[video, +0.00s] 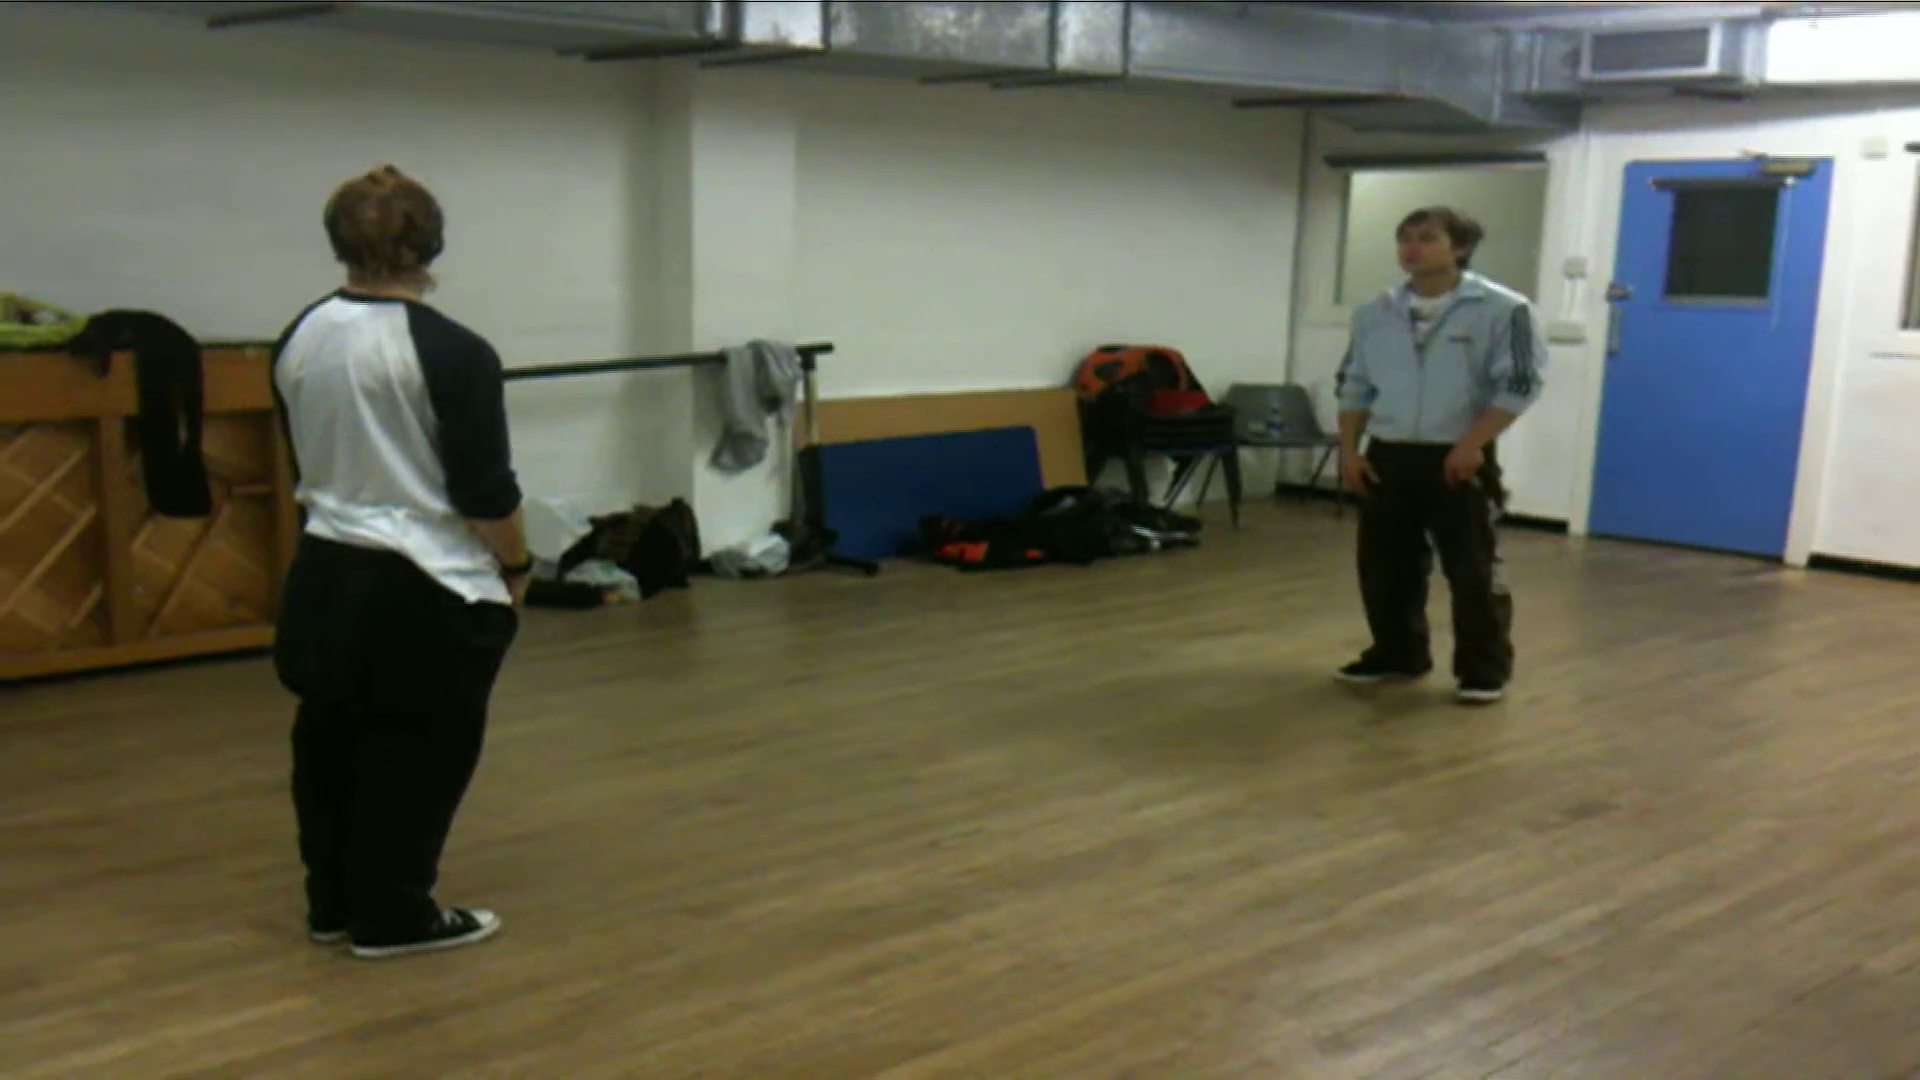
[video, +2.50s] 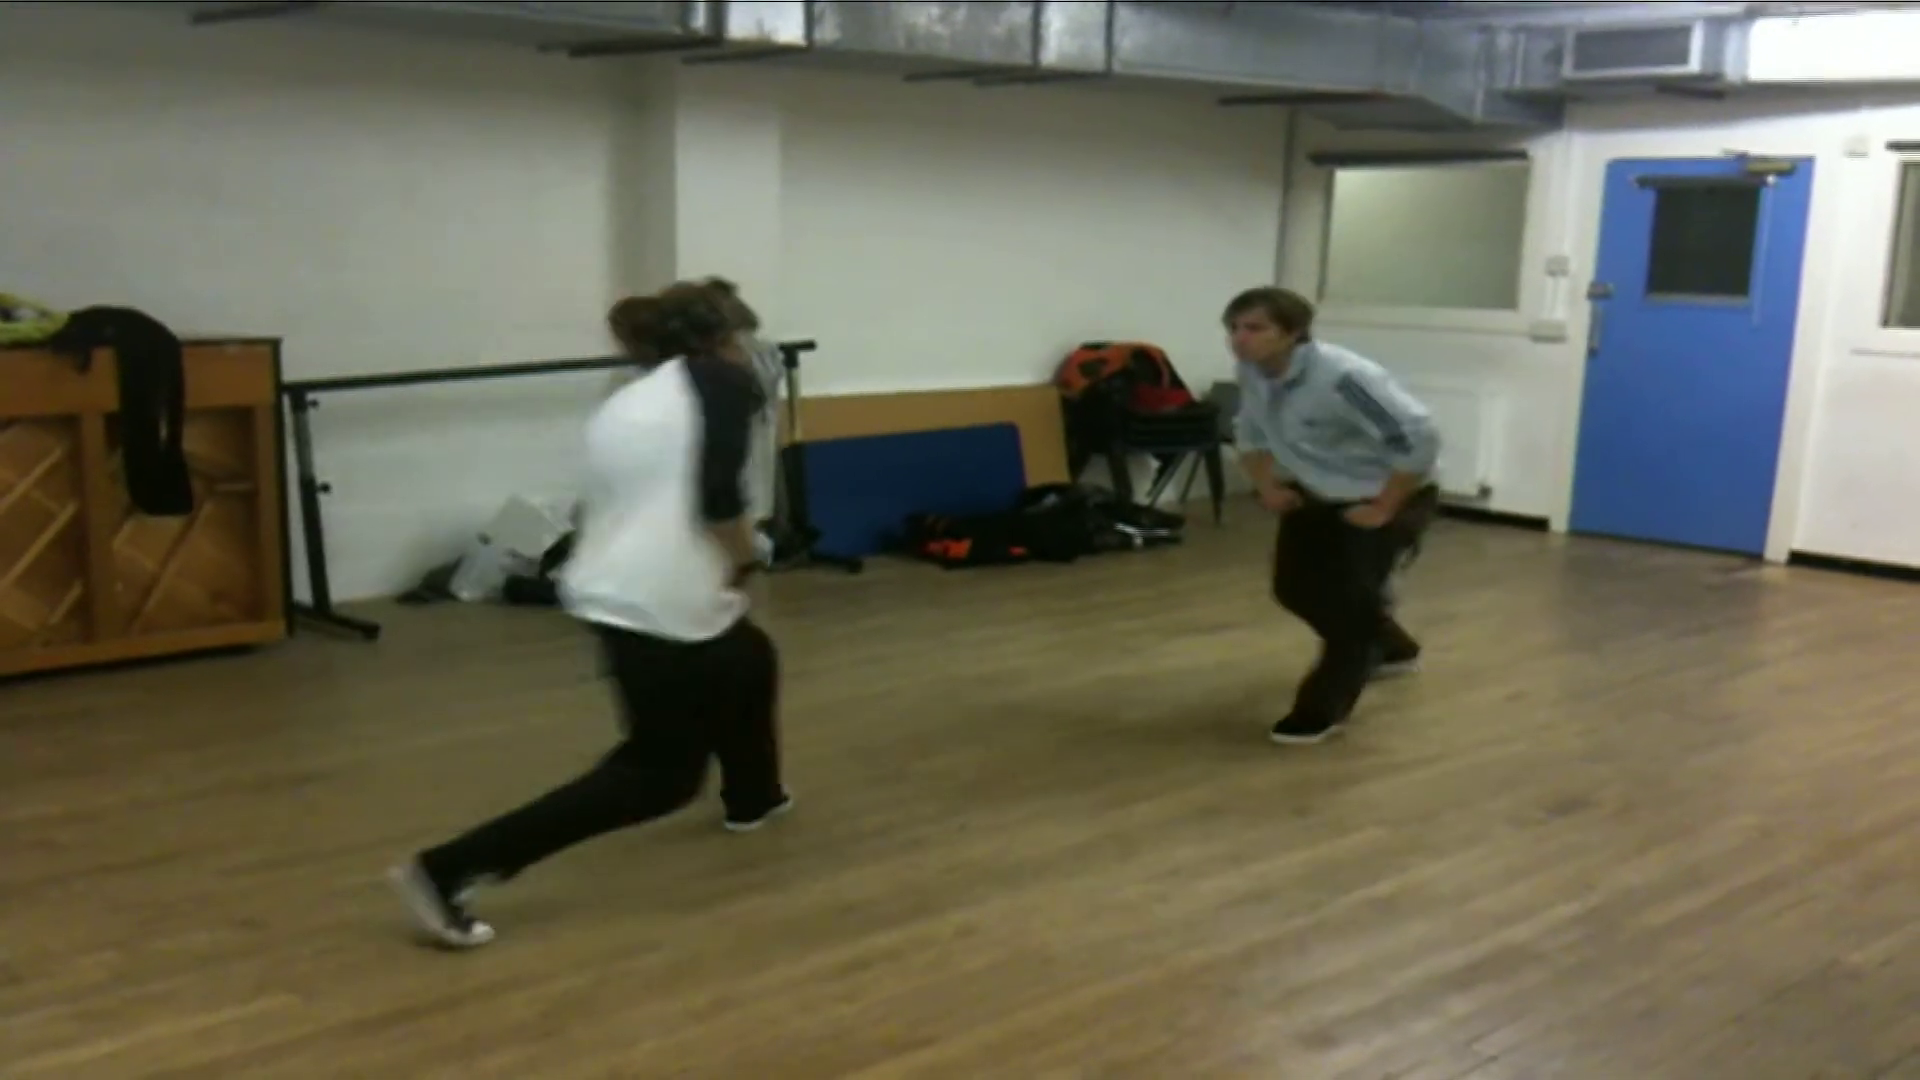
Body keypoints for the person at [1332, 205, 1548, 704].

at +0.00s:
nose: (1412, 248)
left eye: (1426, 239)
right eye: (1406, 240)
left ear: (1457, 248)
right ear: (1398, 250)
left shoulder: (1503, 311)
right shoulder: (1374, 315)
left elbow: (1519, 387)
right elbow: (1355, 388)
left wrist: (1473, 443)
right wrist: (1349, 450)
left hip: (1460, 463)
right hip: (1391, 462)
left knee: (1472, 575)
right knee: (1384, 567)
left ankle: (1482, 671)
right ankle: (1398, 653)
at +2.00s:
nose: (1392, 258)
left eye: (1406, 248)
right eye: (1386, 249)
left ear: (1439, 256)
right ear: (1379, 256)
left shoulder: (1489, 320)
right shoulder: (1362, 318)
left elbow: (1500, 403)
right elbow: (1345, 384)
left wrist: (1466, 466)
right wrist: (1352, 439)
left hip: (1453, 466)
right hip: (1383, 463)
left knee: (1460, 570)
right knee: (1366, 555)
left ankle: (1460, 667)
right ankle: (1390, 650)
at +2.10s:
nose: (1375, 265)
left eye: (1389, 255)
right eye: (1369, 256)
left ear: (1423, 261)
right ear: (1363, 263)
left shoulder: (1474, 317)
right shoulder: (1349, 325)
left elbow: (1485, 399)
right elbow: (1334, 397)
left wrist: (1443, 458)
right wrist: (1331, 464)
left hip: (1440, 465)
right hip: (1372, 464)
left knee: (1427, 554)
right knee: (1358, 550)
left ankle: (1456, 654)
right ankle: (1386, 644)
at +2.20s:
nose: (1357, 281)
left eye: (1371, 271)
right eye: (1351, 272)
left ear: (1405, 277)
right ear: (1345, 278)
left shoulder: (1454, 314)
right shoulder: (1329, 342)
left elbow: (1468, 387)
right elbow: (1309, 415)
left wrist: (1409, 445)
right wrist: (1317, 471)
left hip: (1439, 453)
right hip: (1371, 454)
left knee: (1373, 537)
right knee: (1339, 546)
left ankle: (1423, 611)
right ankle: (1377, 643)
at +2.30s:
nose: (1329, 294)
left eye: (1343, 284)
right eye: (1324, 284)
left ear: (1376, 290)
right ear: (1317, 290)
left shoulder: (1419, 333)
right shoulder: (1301, 347)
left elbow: (1455, 398)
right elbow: (1284, 419)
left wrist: (1398, 459)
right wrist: (1302, 471)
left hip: (1428, 462)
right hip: (1357, 464)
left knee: (1366, 534)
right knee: (1320, 561)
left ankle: (1380, 636)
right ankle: (1385, 637)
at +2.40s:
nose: (1281, 318)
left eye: (1294, 308)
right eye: (1276, 309)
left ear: (1327, 313)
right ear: (1271, 314)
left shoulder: (1371, 358)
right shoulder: (1278, 360)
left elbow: (1448, 418)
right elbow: (1264, 421)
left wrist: (1410, 491)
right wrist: (1291, 472)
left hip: (1408, 484)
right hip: (1344, 479)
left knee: (1375, 576)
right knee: (1314, 576)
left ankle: (1332, 687)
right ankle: (1394, 641)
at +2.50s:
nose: (1239, 339)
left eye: (1252, 329)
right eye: (1235, 329)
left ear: (1288, 334)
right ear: (1232, 333)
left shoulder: (1341, 375)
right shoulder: (1253, 375)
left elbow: (1421, 436)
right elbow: (1249, 437)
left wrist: (1384, 505)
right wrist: (1267, 485)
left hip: (1382, 498)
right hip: (1317, 495)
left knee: (1350, 599)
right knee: (1294, 585)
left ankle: (1318, 711)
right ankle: (1390, 644)